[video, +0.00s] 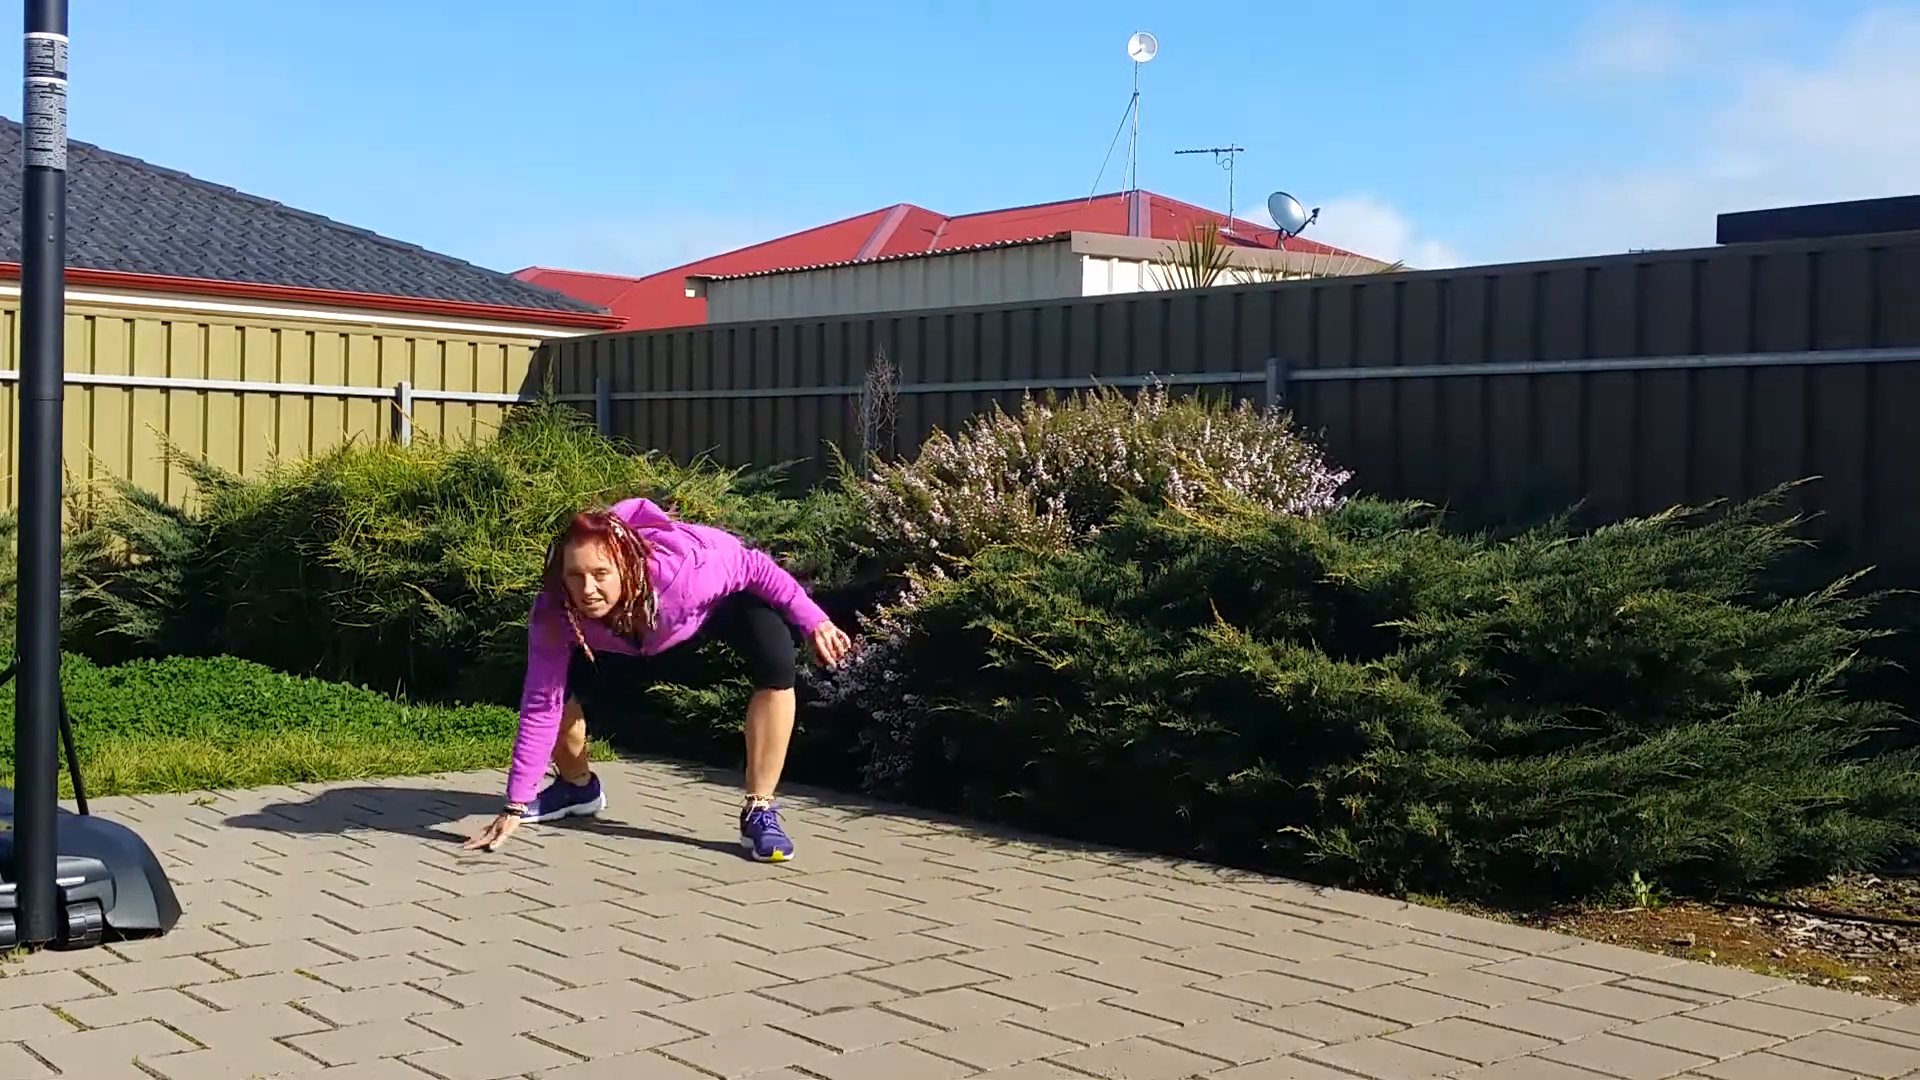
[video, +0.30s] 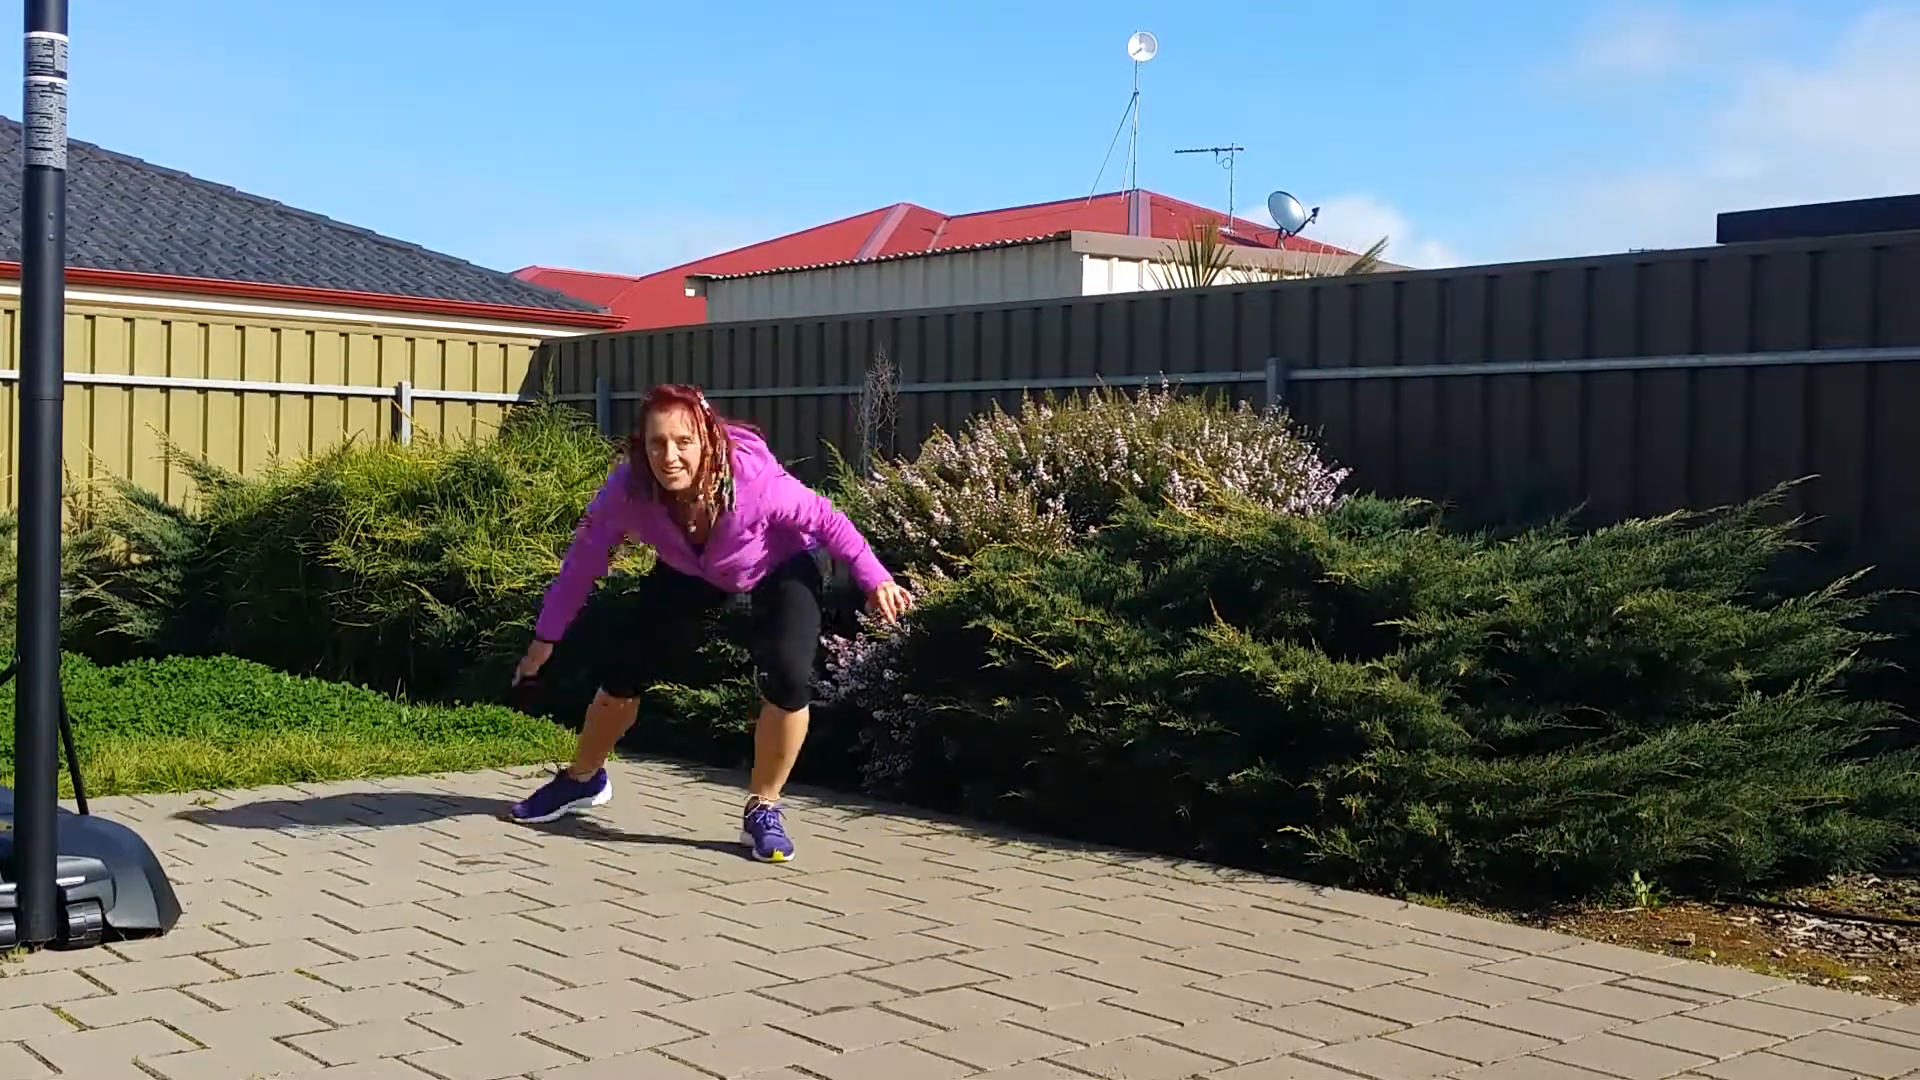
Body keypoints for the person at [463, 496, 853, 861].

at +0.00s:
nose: (588, 588)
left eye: (600, 574)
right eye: (576, 575)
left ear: (628, 568)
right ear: (561, 573)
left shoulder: (684, 572)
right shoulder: (553, 612)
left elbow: (756, 567)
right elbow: (539, 707)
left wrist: (815, 622)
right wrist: (513, 809)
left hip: (709, 616)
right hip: (626, 639)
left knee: (776, 656)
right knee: (555, 692)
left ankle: (761, 810)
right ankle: (577, 785)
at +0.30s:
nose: (670, 455)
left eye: (683, 442)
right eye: (657, 444)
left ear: (708, 444)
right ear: (643, 448)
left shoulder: (756, 482)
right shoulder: (627, 490)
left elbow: (826, 520)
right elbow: (584, 559)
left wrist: (876, 578)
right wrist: (543, 640)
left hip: (774, 563)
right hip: (688, 564)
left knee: (789, 673)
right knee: (626, 664)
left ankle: (764, 808)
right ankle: (582, 776)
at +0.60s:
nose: (785, 355)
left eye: (800, 342)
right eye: (772, 342)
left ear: (822, 348)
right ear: (751, 348)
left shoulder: (860, 396)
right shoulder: (730, 407)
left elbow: (939, 456)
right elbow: (710, 488)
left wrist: (1014, 510)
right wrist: (683, 568)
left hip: (896, 524)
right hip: (809, 535)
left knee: (933, 651)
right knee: (771, 668)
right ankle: (818, 816)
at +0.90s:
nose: (976, 338)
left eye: (990, 324)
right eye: (962, 325)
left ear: (1018, 334)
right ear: (943, 339)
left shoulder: (1064, 397)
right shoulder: (924, 413)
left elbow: (1132, 477)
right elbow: (906, 493)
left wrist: (1208, 542)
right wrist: (861, 563)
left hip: (1092, 562)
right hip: (989, 566)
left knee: (1145, 696)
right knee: (912, 694)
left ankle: (1185, 863)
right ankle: (845, 819)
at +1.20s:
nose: (1159, 341)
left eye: (1173, 324)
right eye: (1141, 326)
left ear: (1199, 328)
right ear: (1117, 335)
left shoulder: (1240, 388)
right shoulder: (1089, 409)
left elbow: (1316, 479)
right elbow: (1065, 475)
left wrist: (1375, 557)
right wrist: (1045, 533)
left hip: (1285, 529)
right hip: (1191, 558)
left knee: (1387, 650)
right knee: (1198, 710)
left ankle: (1490, 824)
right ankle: (1299, 870)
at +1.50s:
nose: (1350, 541)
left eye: (1365, 523)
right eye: (1333, 525)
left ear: (1393, 523)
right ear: (1308, 527)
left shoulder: (1444, 587)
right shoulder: (1293, 554)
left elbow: (1489, 735)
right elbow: (1255, 600)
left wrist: (1519, 872)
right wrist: (1237, 667)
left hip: (1501, 623)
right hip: (1394, 639)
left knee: (1596, 769)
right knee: (1284, 723)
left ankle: (1714, 930)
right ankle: (1328, 897)